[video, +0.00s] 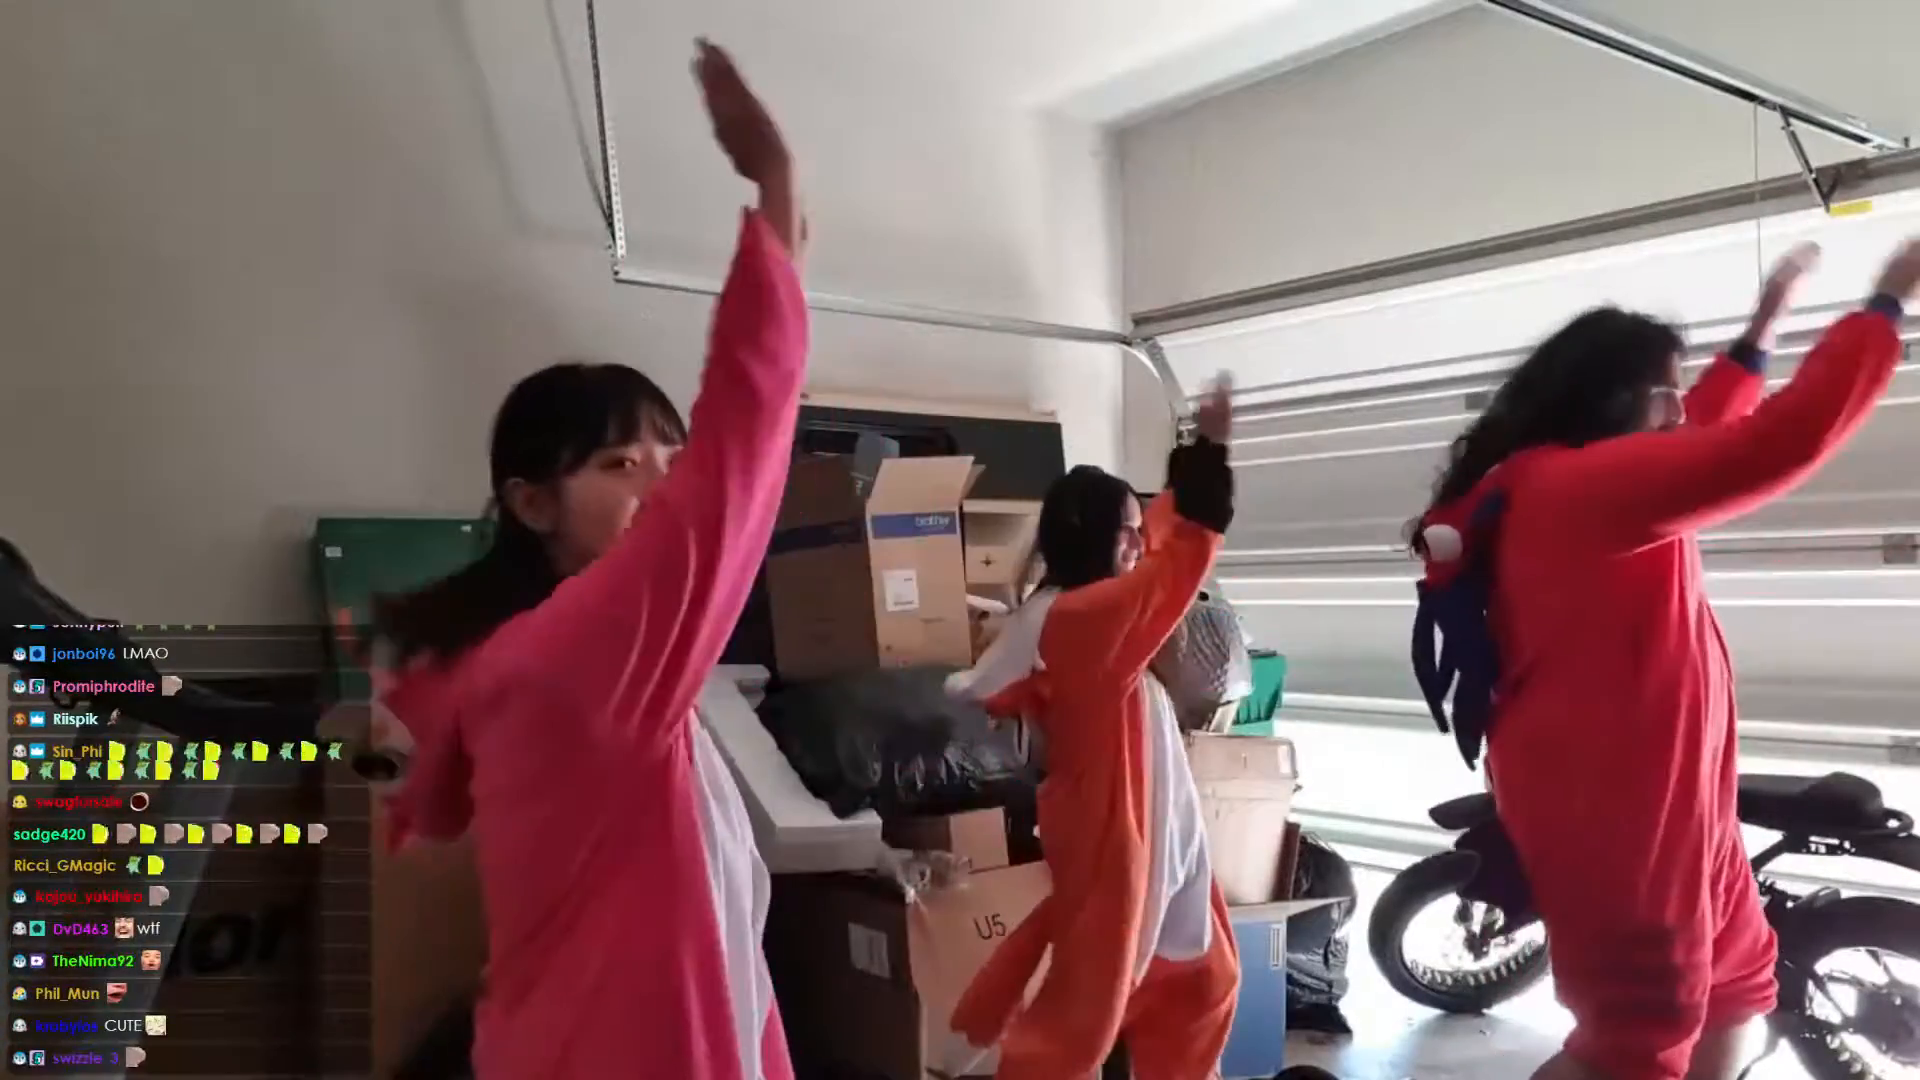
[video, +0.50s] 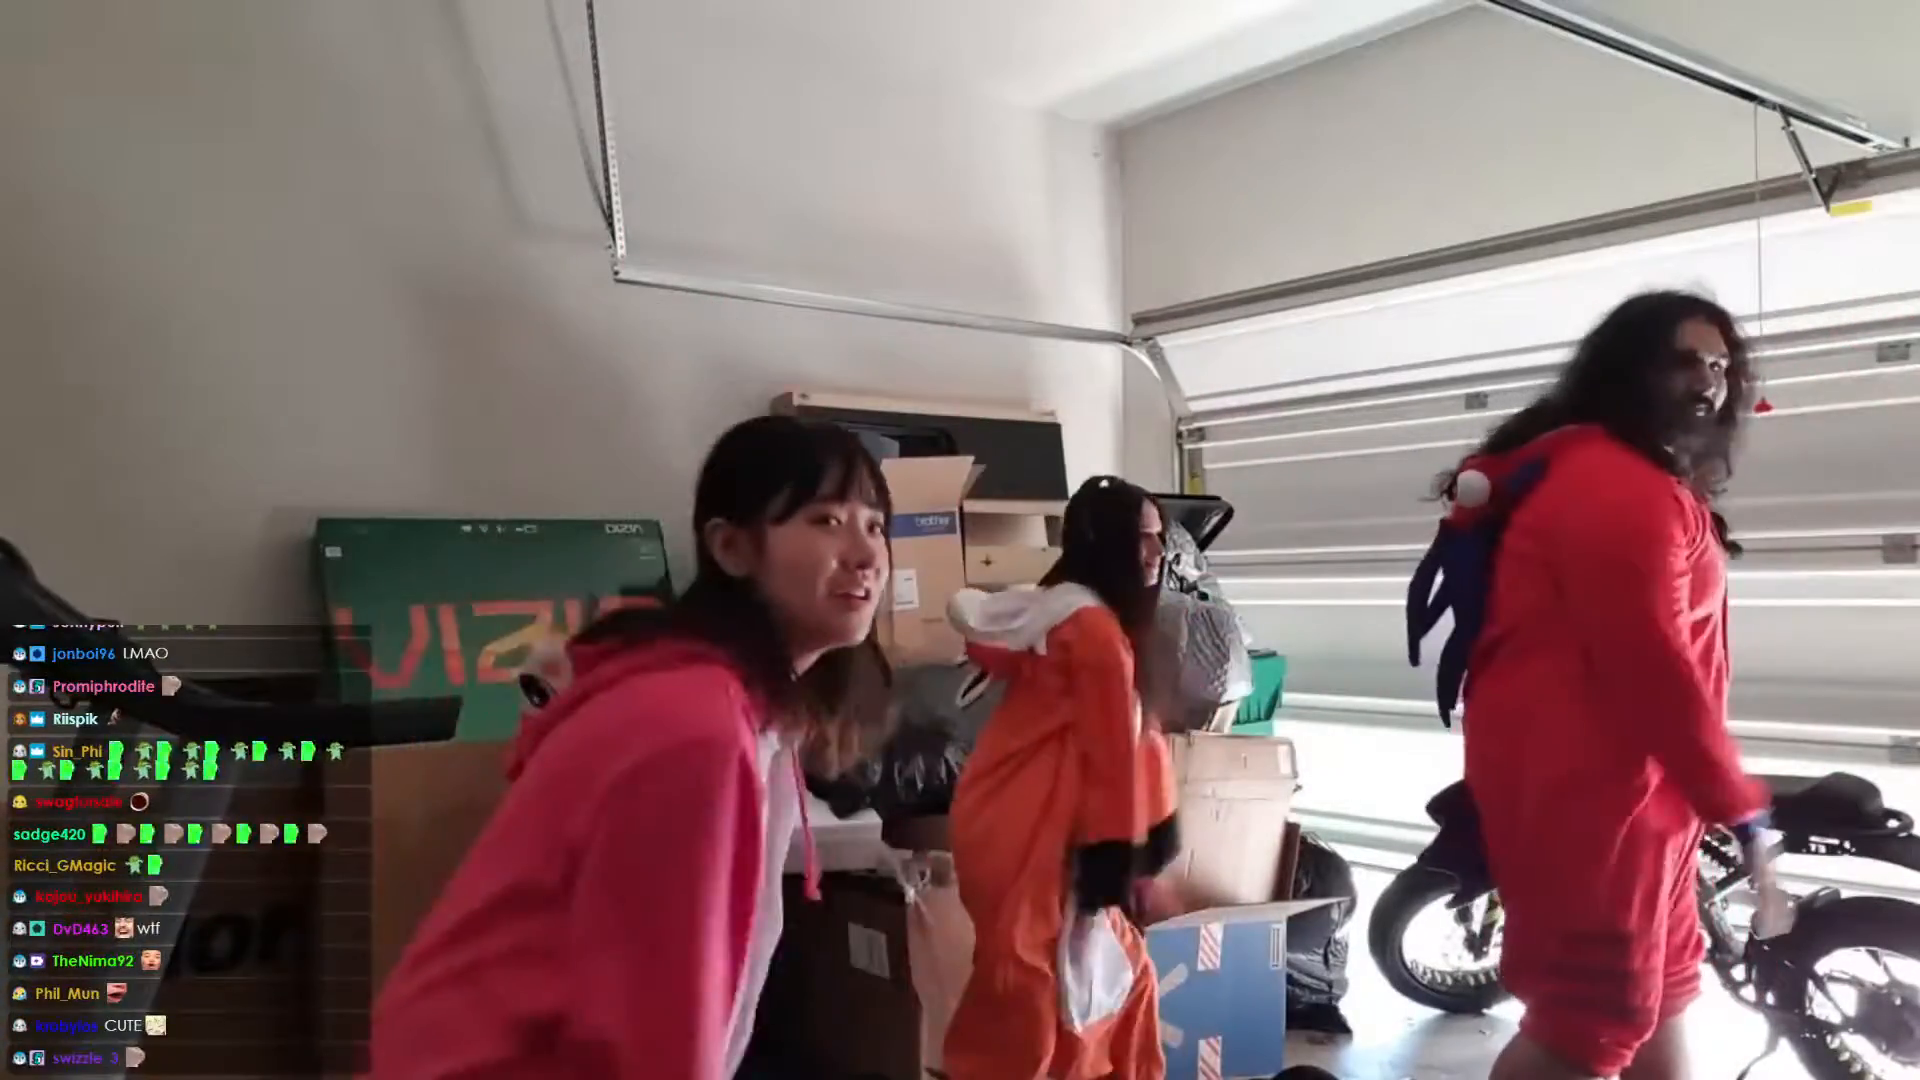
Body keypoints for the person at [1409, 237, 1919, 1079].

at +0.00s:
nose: (1681, 415)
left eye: (1680, 397)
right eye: (1666, 397)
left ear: (1585, 399)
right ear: (1613, 400)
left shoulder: (1604, 481)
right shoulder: (1566, 490)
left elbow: (1699, 435)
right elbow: (1778, 446)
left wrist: (1763, 327)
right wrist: (1888, 304)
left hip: (1670, 791)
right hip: (1610, 813)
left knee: (1738, 982)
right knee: (1640, 1036)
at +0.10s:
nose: (1692, 426)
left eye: (1695, 409)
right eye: (1680, 406)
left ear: (1594, 398)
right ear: (1628, 405)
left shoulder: (1600, 487)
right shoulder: (1574, 493)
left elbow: (1690, 438)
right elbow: (1777, 441)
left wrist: (1701, 325)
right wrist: (1811, 282)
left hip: (1667, 797)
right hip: (1611, 813)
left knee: (1747, 990)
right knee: (1652, 1039)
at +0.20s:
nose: (1687, 412)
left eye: (1686, 392)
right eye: (1674, 391)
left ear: (1588, 385)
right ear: (1624, 393)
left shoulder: (1596, 473)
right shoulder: (1573, 482)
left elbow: (1694, 464)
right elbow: (1791, 482)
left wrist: (1747, 357)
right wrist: (1894, 333)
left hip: (1664, 792)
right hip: (1609, 811)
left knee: (1729, 982)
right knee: (1638, 1034)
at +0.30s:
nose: (1690, 388)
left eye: (1690, 367)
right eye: (1673, 368)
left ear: (1588, 371)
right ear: (1619, 371)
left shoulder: (1593, 466)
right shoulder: (1587, 474)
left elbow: (1688, 531)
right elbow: (1766, 561)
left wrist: (1793, 489)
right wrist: (1915, 521)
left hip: (1652, 784)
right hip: (1597, 795)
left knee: (1692, 979)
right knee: (1616, 1023)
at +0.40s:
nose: (1705, 382)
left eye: (1713, 364)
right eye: (1683, 360)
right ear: (1625, 368)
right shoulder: (1606, 482)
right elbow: (1703, 636)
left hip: (1633, 789)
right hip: (1589, 799)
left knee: (1665, 987)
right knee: (1594, 1022)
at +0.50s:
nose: (1709, 383)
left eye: (1721, 367)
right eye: (1686, 361)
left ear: (1734, 386)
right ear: (1632, 370)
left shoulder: (1648, 480)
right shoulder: (1613, 486)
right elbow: (1651, 668)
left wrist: (1705, 792)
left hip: (1628, 779)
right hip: (1579, 786)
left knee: (1662, 989)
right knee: (1591, 1022)